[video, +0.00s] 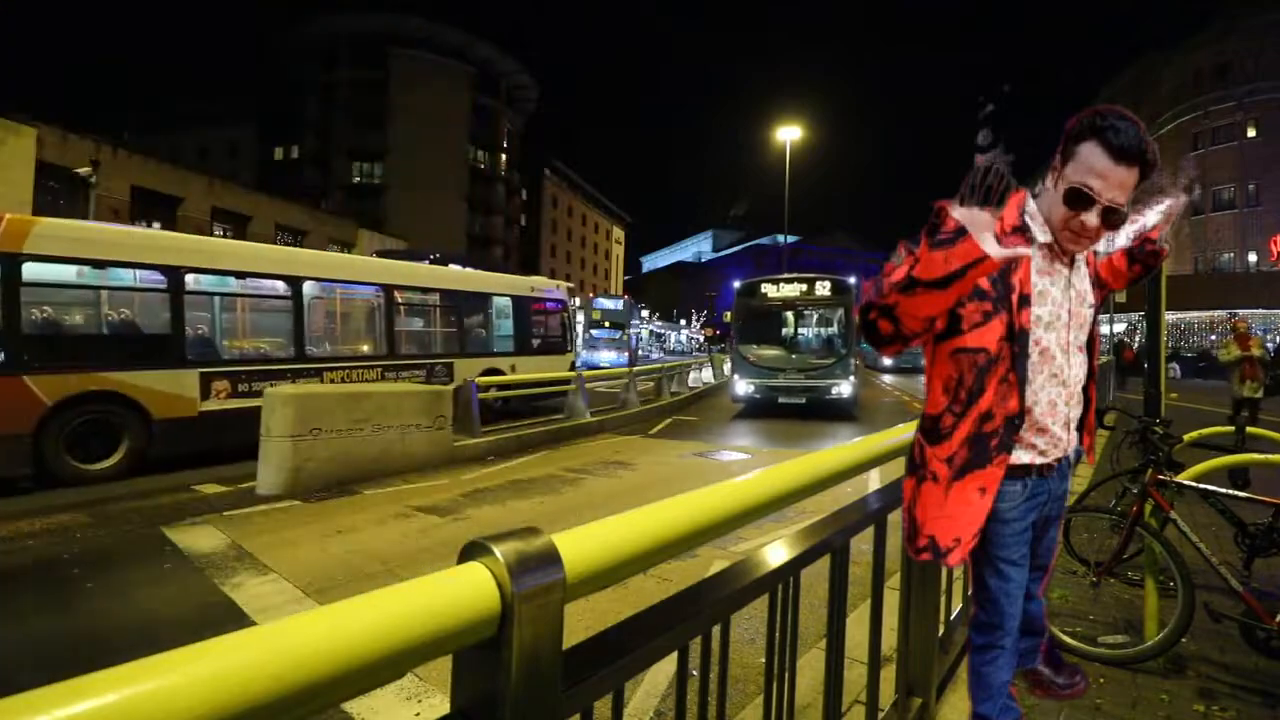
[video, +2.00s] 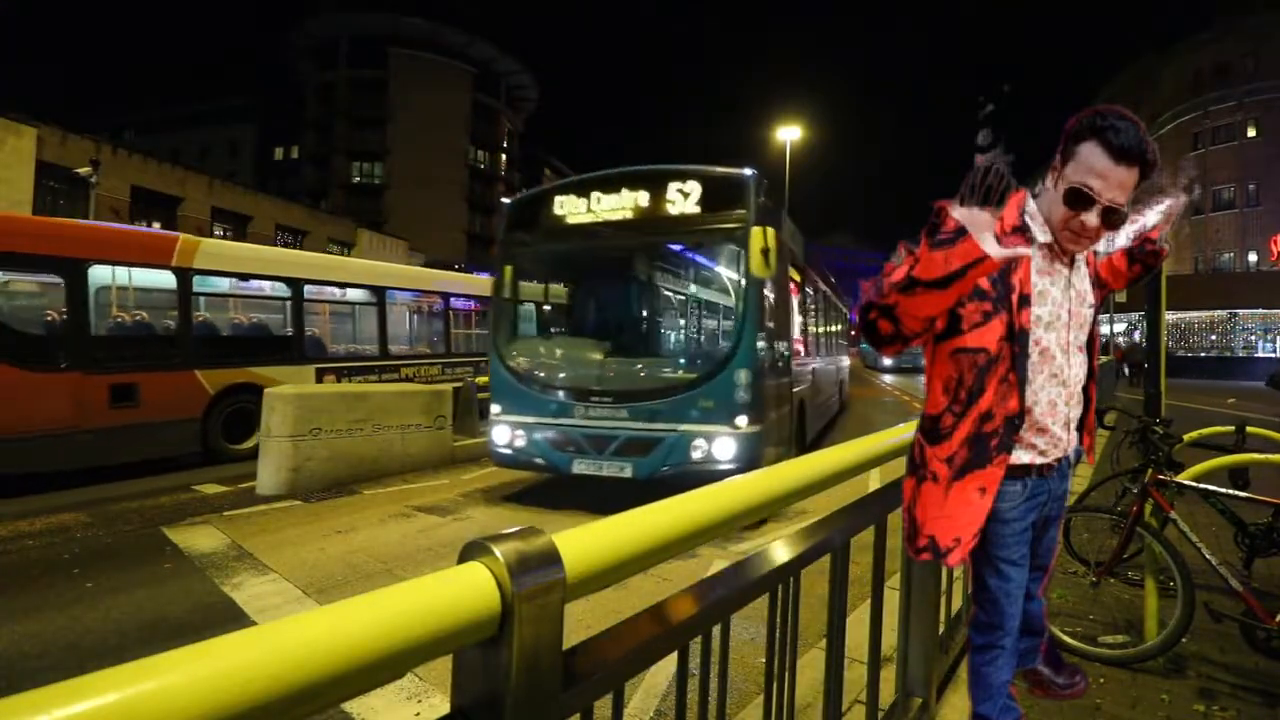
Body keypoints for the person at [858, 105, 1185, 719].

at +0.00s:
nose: (1089, 222)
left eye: (1110, 212)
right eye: (1079, 198)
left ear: (1123, 211)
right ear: (1051, 171)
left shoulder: (1084, 264)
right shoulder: (985, 242)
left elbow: (1112, 272)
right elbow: (882, 328)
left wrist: (1151, 241)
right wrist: (962, 246)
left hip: (1057, 467)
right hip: (1000, 475)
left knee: (1035, 581)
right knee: (1000, 612)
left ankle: (1027, 659)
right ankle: (993, 709)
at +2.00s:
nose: (1089, 222)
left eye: (1109, 212)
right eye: (1079, 198)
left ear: (1123, 211)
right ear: (1052, 172)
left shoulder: (1084, 265)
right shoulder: (985, 242)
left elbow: (1113, 272)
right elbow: (882, 328)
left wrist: (1152, 240)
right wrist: (962, 246)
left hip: (1057, 467)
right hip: (1000, 475)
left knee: (1034, 581)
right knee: (1000, 611)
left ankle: (1028, 659)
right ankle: (993, 709)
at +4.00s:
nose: (1089, 222)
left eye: (1110, 211)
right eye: (1079, 197)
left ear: (1123, 211)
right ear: (1052, 172)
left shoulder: (1085, 264)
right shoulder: (984, 243)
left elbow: (1117, 270)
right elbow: (883, 327)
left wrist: (1151, 242)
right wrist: (962, 246)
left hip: (1058, 468)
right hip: (1000, 475)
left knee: (1035, 581)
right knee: (1000, 611)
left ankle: (1028, 659)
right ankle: (994, 709)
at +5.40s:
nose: (1089, 223)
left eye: (1110, 212)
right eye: (1080, 198)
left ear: (1123, 211)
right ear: (1051, 172)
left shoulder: (1085, 265)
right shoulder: (985, 243)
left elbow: (1119, 268)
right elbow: (883, 326)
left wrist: (1151, 238)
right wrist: (962, 245)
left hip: (1058, 467)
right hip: (1000, 475)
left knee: (1035, 580)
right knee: (1000, 613)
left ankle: (1028, 658)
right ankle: (993, 710)